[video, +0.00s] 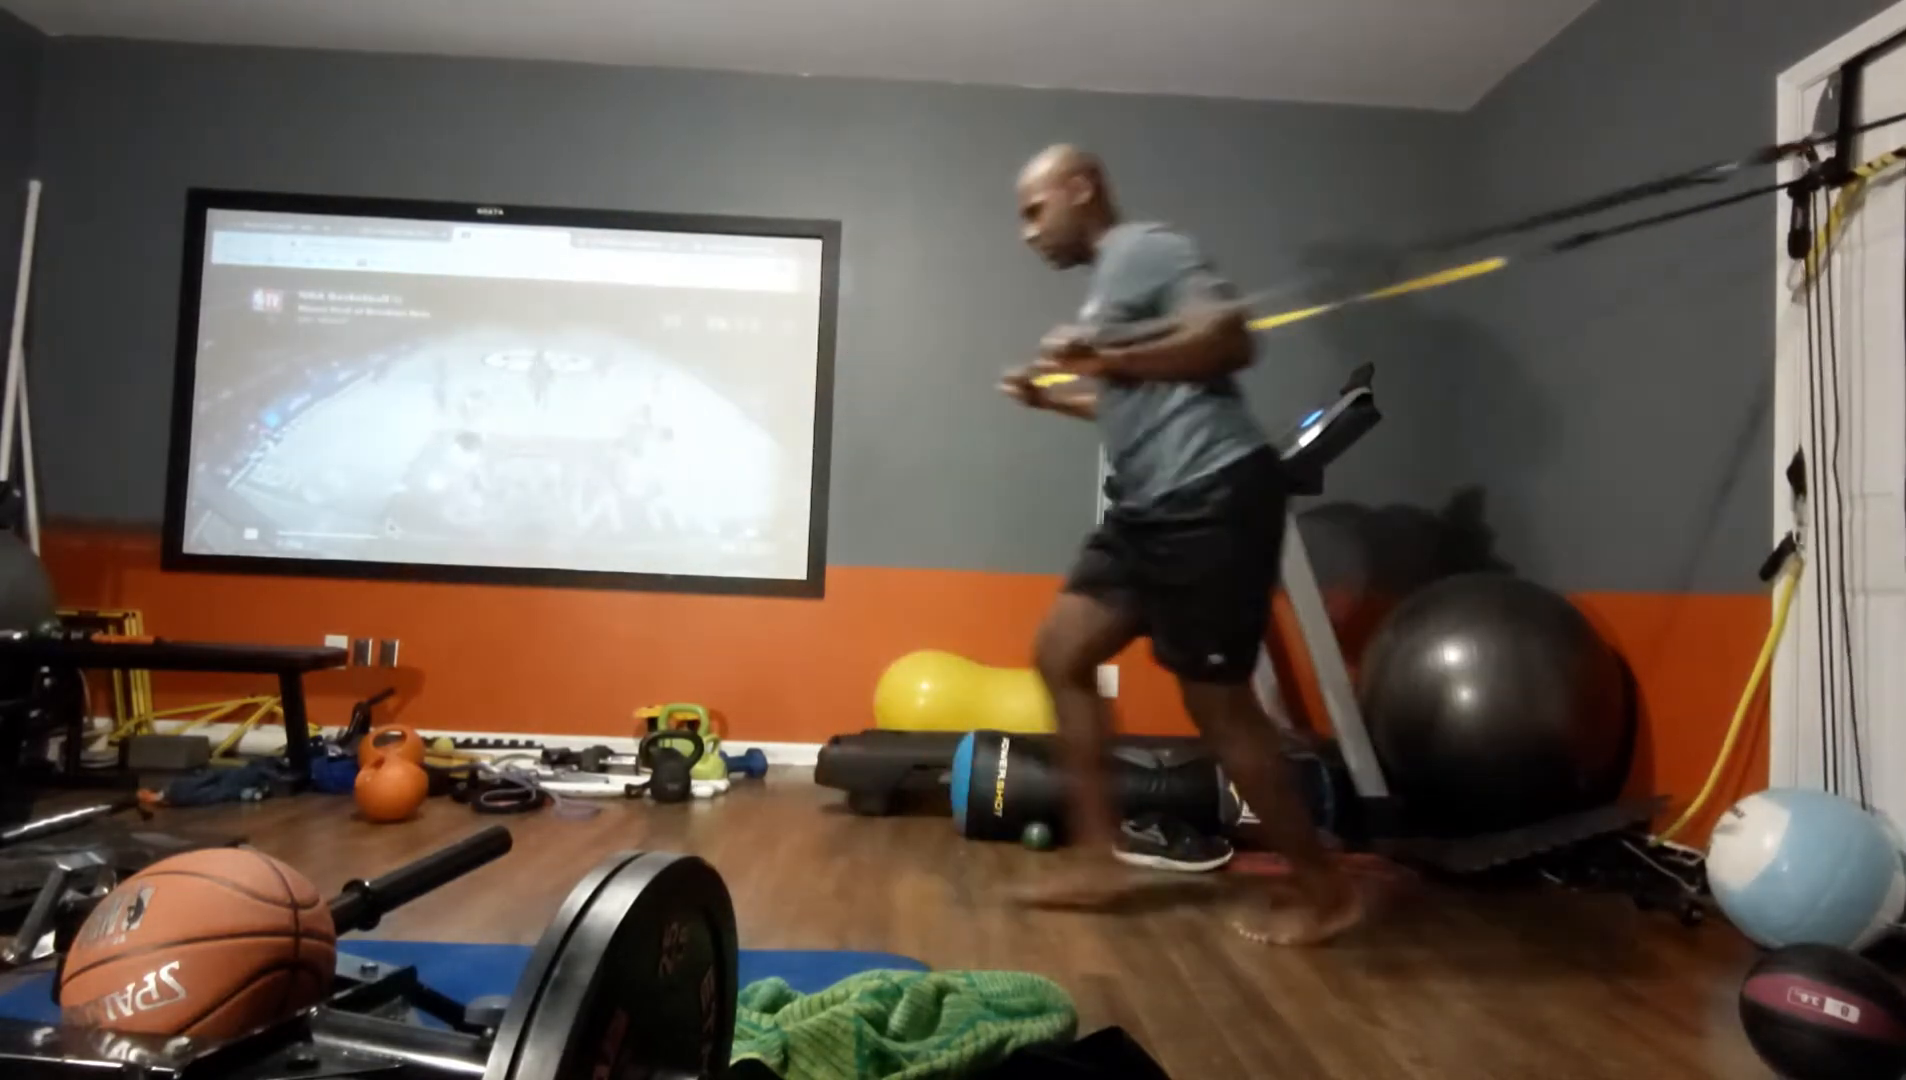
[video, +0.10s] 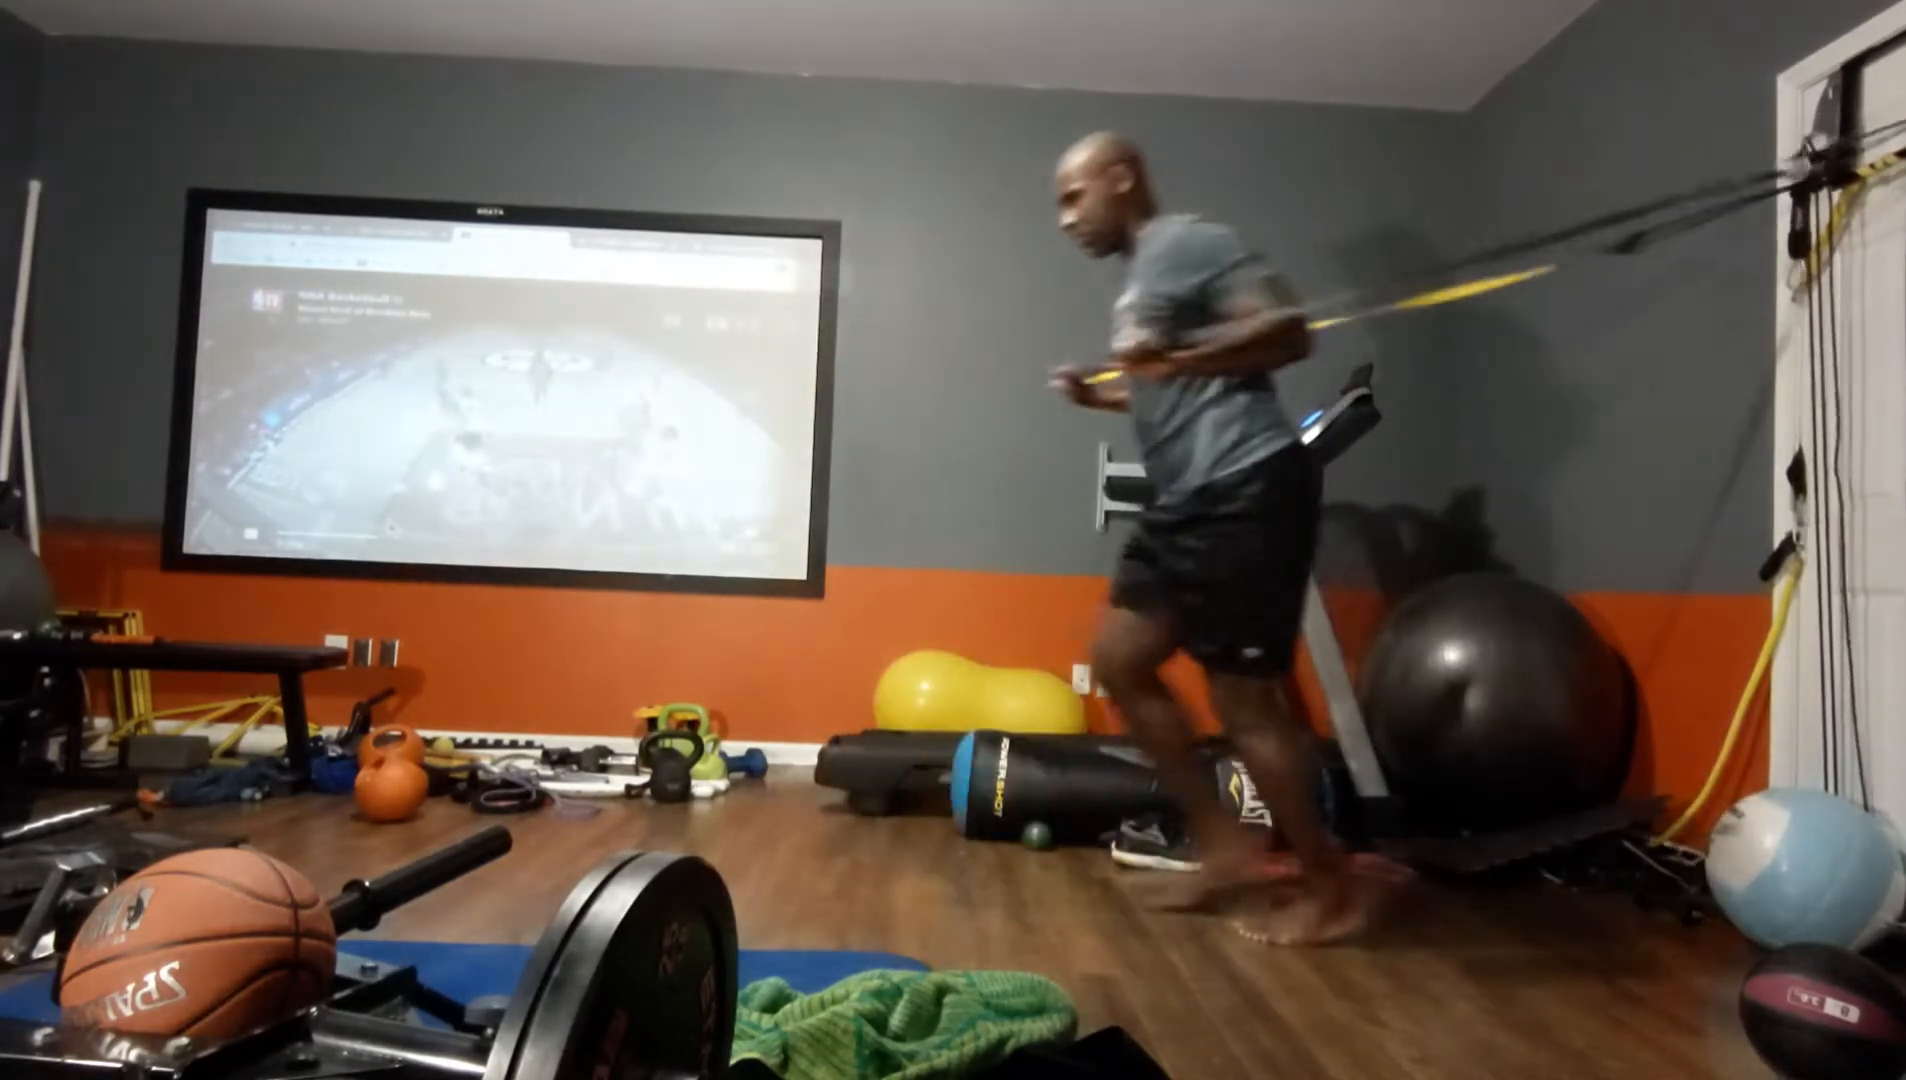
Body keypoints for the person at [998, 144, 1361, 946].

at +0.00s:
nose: (1028, 231)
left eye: (1035, 210)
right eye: (1022, 217)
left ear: (1084, 189)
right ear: (1074, 197)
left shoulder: (1147, 249)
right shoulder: (1103, 292)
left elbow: (1227, 338)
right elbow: (1135, 408)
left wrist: (1105, 355)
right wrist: (1058, 398)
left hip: (1219, 494)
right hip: (1152, 507)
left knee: (1221, 708)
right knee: (1062, 653)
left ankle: (1325, 886)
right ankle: (1099, 857)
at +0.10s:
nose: (1065, 218)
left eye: (1073, 196)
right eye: (1059, 203)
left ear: (1126, 180)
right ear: (1107, 193)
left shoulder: (1192, 240)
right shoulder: (1138, 282)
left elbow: (1285, 333)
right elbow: (1174, 389)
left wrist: (1175, 361)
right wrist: (1099, 392)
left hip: (1254, 486)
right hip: (1188, 499)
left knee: (1248, 704)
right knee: (1119, 661)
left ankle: (1329, 888)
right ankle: (1225, 843)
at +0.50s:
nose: (1177, 221)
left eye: (1189, 203)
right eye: (1175, 208)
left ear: (1243, 201)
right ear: (1218, 213)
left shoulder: (1299, 266)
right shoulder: (1239, 303)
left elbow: (1395, 359)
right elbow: (1265, 416)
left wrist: (1293, 394)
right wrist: (1179, 421)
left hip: (1348, 498)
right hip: (1311, 506)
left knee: (1267, 689)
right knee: (1352, 689)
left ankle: (1331, 901)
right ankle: (1454, 853)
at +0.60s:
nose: (1190, 215)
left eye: (1202, 196)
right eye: (1188, 202)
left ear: (1254, 196)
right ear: (1229, 207)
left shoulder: (1308, 261)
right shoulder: (1247, 298)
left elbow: (1401, 353)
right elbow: (1274, 408)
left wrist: (1298, 389)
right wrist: (1191, 417)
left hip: (1355, 493)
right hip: (1320, 502)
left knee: (1274, 681)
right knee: (1353, 687)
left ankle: (1332, 900)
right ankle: (1459, 855)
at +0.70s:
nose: (1193, 212)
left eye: (1205, 194)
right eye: (1191, 200)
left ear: (1257, 194)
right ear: (1239, 204)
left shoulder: (1311, 258)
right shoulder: (1246, 299)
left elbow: (1402, 349)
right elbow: (1271, 404)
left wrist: (1301, 381)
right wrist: (1194, 413)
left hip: (1355, 491)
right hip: (1317, 500)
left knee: (1275, 678)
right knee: (1356, 685)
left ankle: (1332, 898)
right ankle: (1460, 856)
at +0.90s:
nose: (1158, 232)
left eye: (1170, 214)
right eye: (1155, 219)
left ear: (1221, 208)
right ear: (1203, 216)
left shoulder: (1278, 271)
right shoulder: (1217, 315)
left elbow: (1384, 355)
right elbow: (1257, 416)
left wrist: (1284, 389)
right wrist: (1178, 421)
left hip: (1336, 499)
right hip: (1299, 508)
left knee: (1243, 680)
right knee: (1352, 692)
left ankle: (1331, 893)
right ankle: (1462, 856)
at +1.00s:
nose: (1118, 247)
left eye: (1127, 227)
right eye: (1115, 233)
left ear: (1179, 216)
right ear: (1162, 227)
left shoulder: (1240, 274)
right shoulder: (1184, 315)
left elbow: (1356, 352)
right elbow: (1225, 413)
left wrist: (1265, 386)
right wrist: (1160, 420)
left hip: (1306, 503)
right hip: (1282, 510)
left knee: (1221, 690)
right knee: (1342, 694)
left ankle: (1327, 890)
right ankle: (1462, 855)